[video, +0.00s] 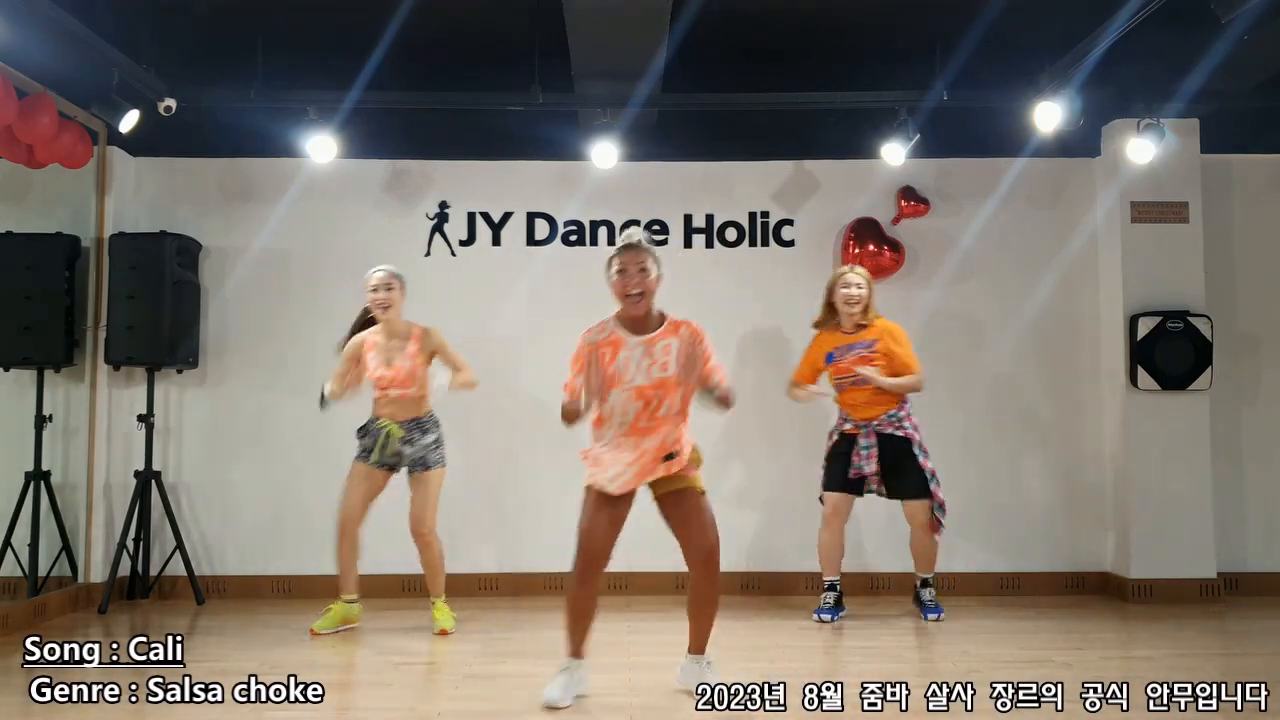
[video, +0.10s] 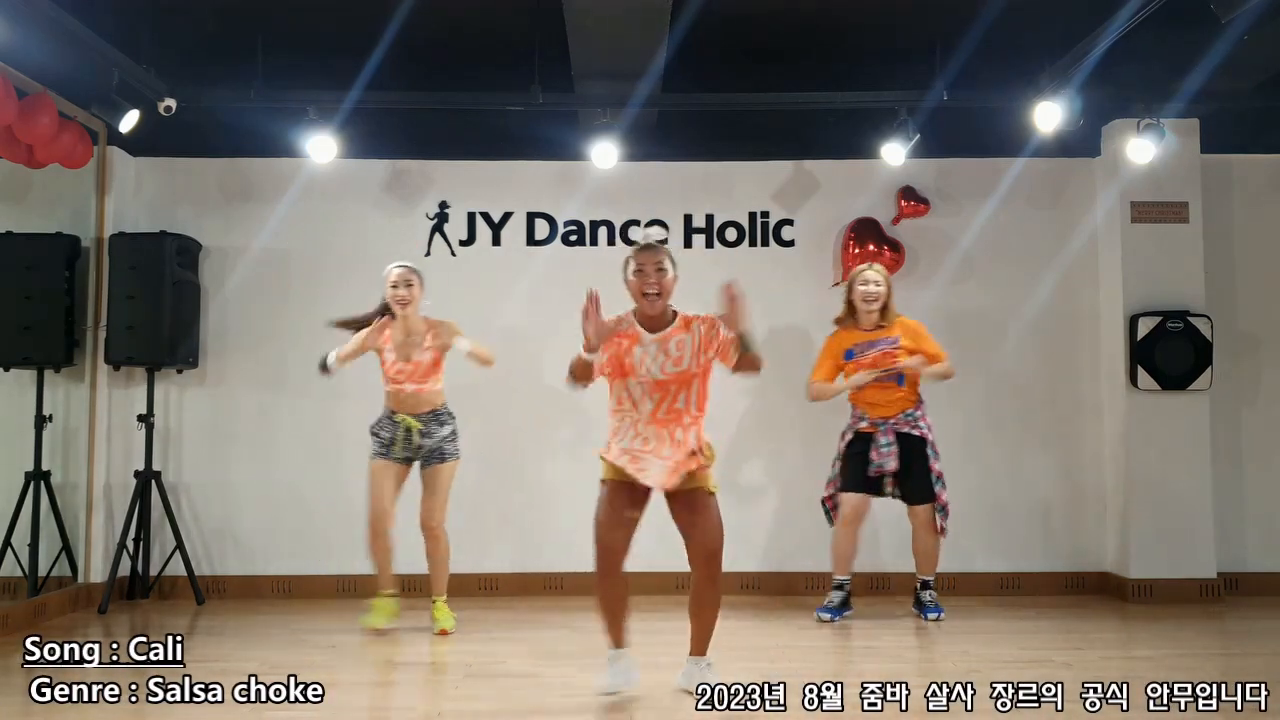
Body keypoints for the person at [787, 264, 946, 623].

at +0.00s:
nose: (853, 291)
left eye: (859, 286)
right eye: (846, 286)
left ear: (869, 294)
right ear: (833, 294)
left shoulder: (887, 332)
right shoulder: (824, 341)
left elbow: (916, 381)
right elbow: (795, 389)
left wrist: (881, 381)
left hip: (894, 431)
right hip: (850, 433)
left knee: (921, 513)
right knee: (833, 510)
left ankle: (925, 589)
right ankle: (831, 592)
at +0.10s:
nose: (870, 289)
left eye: (877, 283)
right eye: (863, 283)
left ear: (888, 291)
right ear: (851, 291)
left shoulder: (909, 330)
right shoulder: (840, 339)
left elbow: (947, 369)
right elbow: (815, 391)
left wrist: (920, 369)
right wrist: (851, 381)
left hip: (909, 430)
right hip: (864, 432)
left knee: (923, 512)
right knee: (849, 508)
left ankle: (926, 592)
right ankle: (839, 592)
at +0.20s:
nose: (887, 285)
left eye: (894, 279)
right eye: (880, 279)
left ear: (904, 287)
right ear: (867, 289)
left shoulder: (921, 327)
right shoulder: (855, 332)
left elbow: (970, 360)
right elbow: (837, 375)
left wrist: (962, 347)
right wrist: (881, 355)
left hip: (917, 429)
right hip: (873, 430)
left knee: (931, 511)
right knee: (875, 505)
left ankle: (927, 591)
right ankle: (871, 588)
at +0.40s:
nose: (924, 286)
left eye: (930, 281)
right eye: (915, 281)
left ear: (939, 291)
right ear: (901, 292)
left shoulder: (945, 336)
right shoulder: (890, 325)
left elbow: (991, 366)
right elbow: (880, 351)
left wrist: (996, 353)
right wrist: (930, 335)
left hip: (928, 434)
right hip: (890, 432)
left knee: (966, 503)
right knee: (887, 515)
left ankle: (960, 586)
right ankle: (879, 595)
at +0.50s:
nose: (948, 290)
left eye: (953, 284)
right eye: (938, 286)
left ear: (963, 294)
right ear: (925, 298)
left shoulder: (966, 343)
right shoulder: (913, 330)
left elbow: (987, 388)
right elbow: (898, 365)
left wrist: (999, 379)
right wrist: (943, 363)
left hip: (935, 435)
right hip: (897, 430)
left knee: (966, 511)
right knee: (886, 513)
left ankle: (978, 591)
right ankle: (878, 594)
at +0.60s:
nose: (965, 295)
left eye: (970, 289)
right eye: (955, 292)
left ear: (980, 299)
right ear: (943, 302)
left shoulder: (981, 350)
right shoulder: (935, 330)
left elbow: (998, 392)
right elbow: (929, 367)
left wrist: (1021, 383)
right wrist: (981, 367)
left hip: (939, 437)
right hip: (901, 427)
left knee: (968, 513)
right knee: (882, 504)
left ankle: (976, 593)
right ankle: (861, 581)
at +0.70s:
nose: (974, 299)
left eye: (979, 293)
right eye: (964, 296)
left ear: (988, 302)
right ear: (951, 306)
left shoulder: (989, 351)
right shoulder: (943, 331)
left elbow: (1024, 377)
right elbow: (982, 347)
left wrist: (1052, 352)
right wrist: (1041, 339)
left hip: (940, 439)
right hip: (905, 429)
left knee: (969, 510)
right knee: (878, 500)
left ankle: (975, 593)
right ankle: (832, 560)